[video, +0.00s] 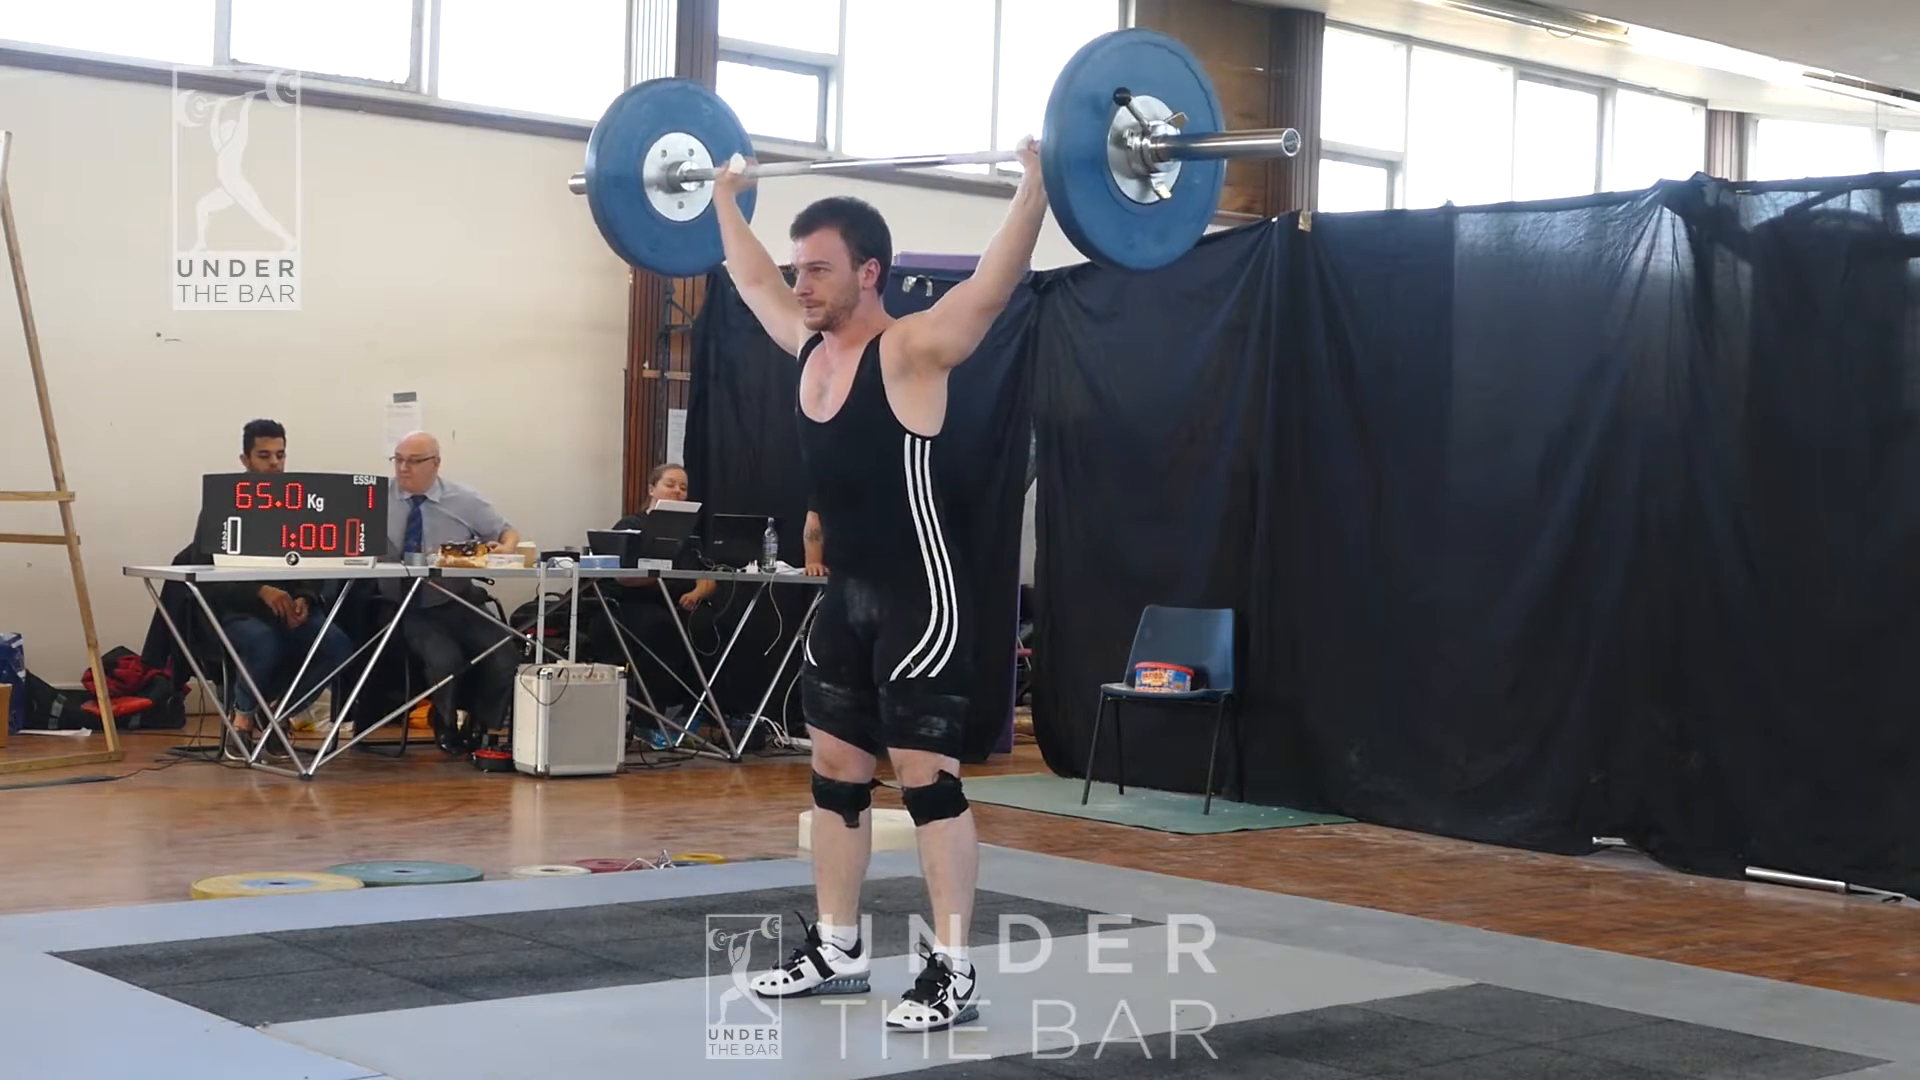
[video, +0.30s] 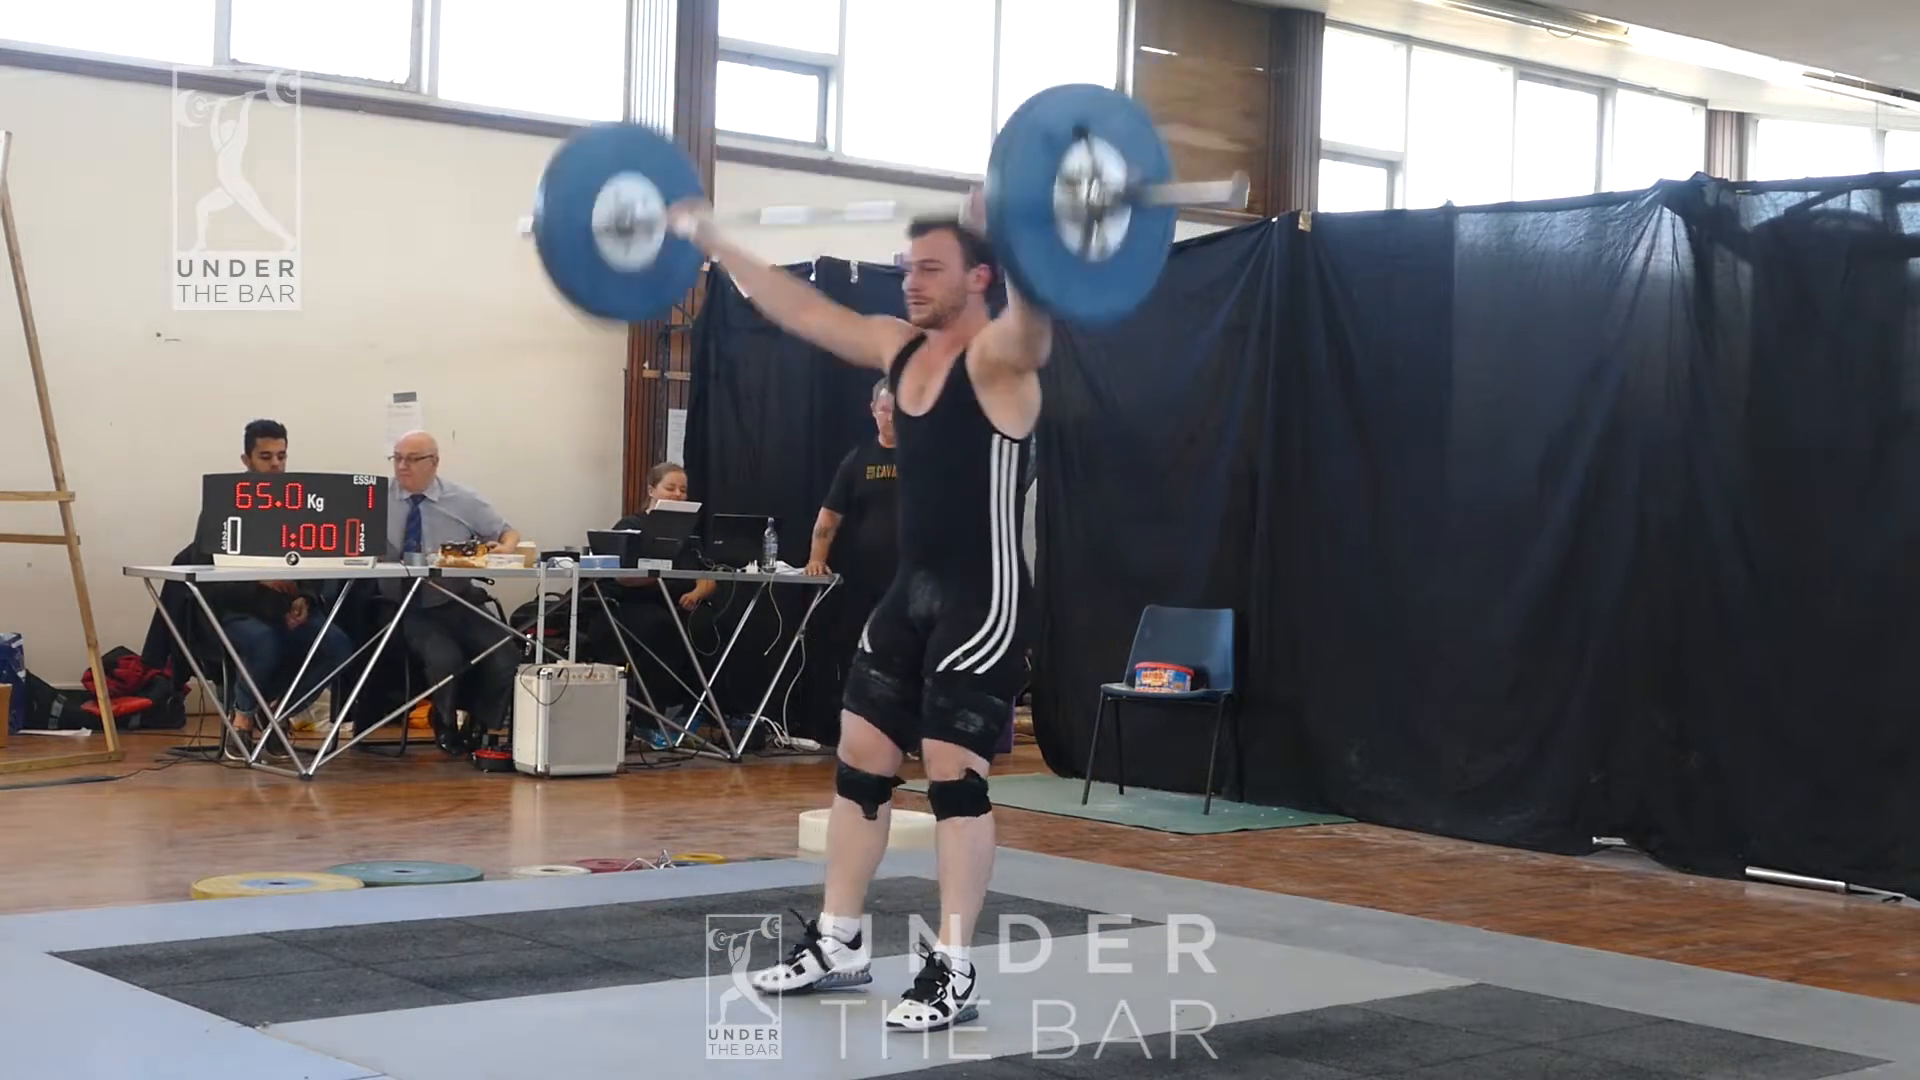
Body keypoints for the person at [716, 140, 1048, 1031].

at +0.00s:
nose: (802, 284)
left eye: (817, 270)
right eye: (799, 271)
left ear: (871, 273)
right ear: (804, 280)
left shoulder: (913, 346)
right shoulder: (811, 346)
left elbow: (991, 286)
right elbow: (758, 282)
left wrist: (1032, 188)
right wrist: (724, 199)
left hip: (925, 595)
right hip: (847, 594)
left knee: (924, 771)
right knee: (836, 765)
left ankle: (950, 971)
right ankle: (837, 952)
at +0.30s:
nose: (913, 282)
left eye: (930, 269)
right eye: (909, 270)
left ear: (980, 275)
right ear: (911, 277)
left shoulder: (1001, 351)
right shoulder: (902, 345)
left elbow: (1029, 323)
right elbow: (799, 305)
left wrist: (1031, 243)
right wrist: (706, 233)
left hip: (985, 601)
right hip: (910, 594)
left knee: (953, 767)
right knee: (863, 756)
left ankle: (952, 969)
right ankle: (838, 947)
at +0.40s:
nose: (945, 284)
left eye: (963, 270)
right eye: (940, 271)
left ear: (1008, 281)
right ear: (935, 282)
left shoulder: (1022, 363)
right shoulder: (922, 368)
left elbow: (1066, 352)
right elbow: (811, 377)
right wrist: (701, 344)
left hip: (998, 609)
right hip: (923, 600)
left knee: (965, 767)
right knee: (867, 752)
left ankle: (954, 968)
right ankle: (882, 933)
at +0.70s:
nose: (974, 304)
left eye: (991, 291)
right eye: (971, 292)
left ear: (1036, 304)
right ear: (972, 304)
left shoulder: (1070, 405)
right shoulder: (960, 402)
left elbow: (1112, 518)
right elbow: (938, 522)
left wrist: (1131, 625)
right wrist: (909, 625)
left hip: (1030, 619)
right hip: (955, 615)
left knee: (981, 771)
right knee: (937, 776)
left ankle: (982, 958)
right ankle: (989, 935)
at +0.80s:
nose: (981, 298)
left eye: (998, 285)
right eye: (978, 285)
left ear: (1044, 295)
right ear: (980, 295)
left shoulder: (1084, 393)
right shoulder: (970, 394)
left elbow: (1135, 498)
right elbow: (958, 512)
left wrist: (1149, 610)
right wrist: (944, 614)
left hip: (1056, 620)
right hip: (981, 612)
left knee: (972, 757)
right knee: (972, 763)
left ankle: (992, 938)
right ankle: (1010, 920)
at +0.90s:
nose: (991, 301)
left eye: (1006, 287)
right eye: (986, 288)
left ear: (1053, 290)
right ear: (987, 294)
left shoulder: (1092, 380)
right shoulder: (981, 389)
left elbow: (1160, 473)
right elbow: (971, 494)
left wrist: (1146, 584)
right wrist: (957, 590)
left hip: (1071, 614)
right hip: (994, 612)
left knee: (1056, 766)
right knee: (984, 762)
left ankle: (1061, 938)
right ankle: (1002, 930)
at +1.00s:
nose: (1002, 313)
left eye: (1016, 299)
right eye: (996, 300)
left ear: (1061, 296)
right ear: (995, 303)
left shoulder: (1106, 380)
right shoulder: (998, 390)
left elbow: (1185, 468)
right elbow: (996, 496)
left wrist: (1168, 583)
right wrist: (1002, 578)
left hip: (1095, 606)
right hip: (1017, 603)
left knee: (1081, 761)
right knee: (1003, 756)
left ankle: (1127, 923)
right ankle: (1005, 927)